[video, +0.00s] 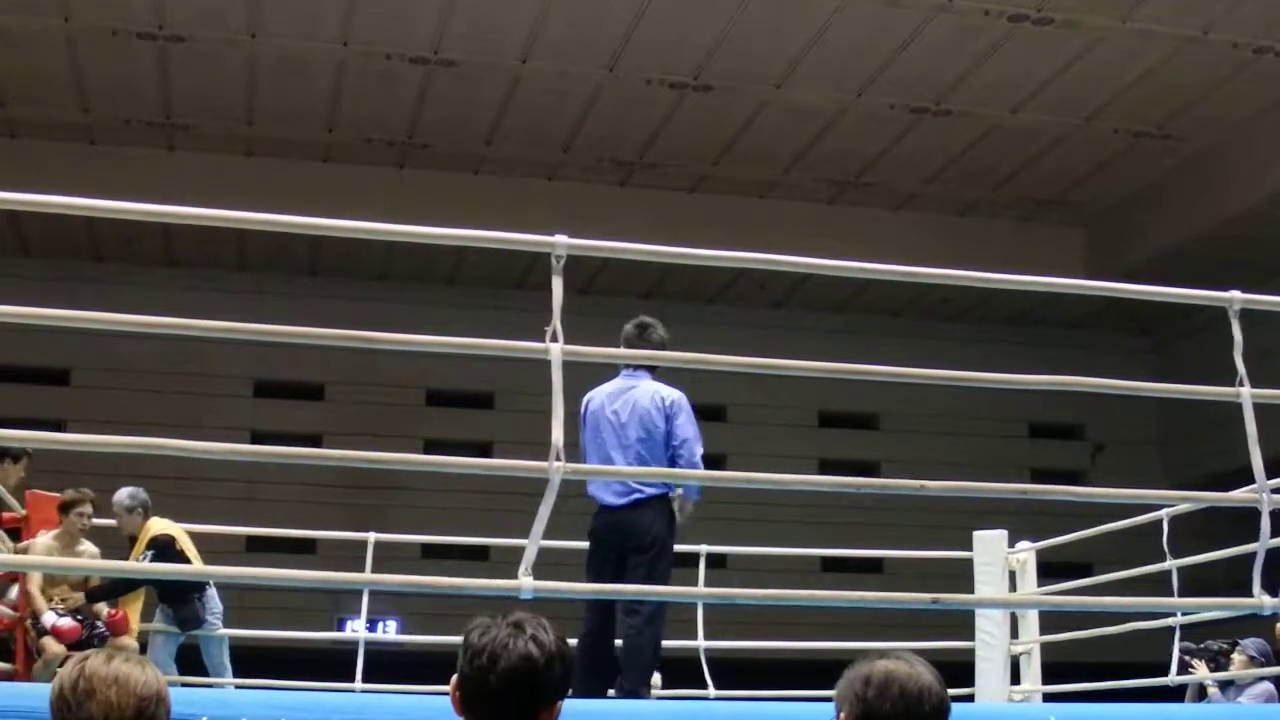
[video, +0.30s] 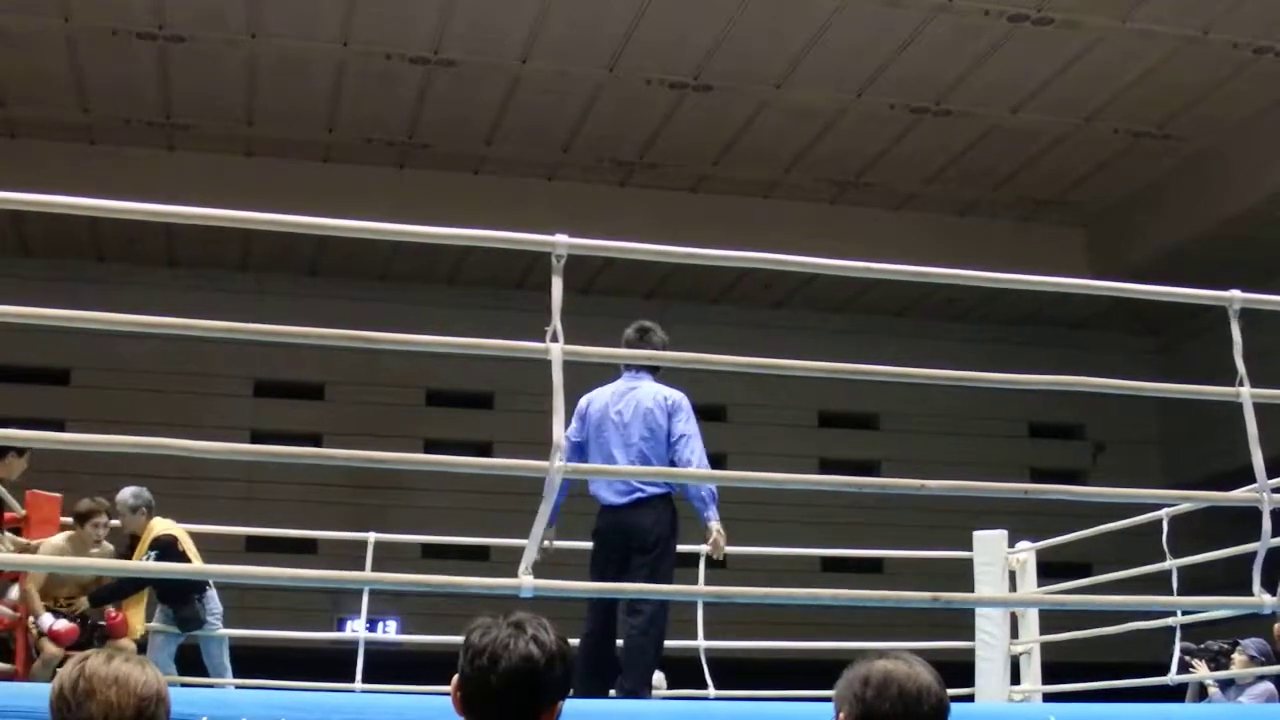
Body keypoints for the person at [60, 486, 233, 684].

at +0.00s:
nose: (116, 522)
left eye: (119, 516)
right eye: (115, 517)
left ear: (138, 514)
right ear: (134, 515)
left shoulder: (162, 537)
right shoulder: (137, 539)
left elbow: (132, 581)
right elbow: (130, 583)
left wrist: (85, 597)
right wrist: (127, 628)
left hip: (201, 600)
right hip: (170, 604)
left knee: (218, 666)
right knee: (158, 660)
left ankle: (230, 711)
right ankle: (176, 709)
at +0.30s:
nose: (119, 521)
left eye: (122, 515)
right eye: (118, 515)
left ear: (141, 513)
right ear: (139, 514)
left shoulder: (165, 539)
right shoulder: (137, 538)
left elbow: (136, 581)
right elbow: (122, 572)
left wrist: (91, 600)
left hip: (201, 601)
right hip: (170, 604)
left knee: (218, 667)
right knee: (158, 659)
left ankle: (233, 719)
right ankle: (174, 713)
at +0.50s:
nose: (123, 514)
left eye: (127, 509)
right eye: (123, 509)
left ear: (148, 509)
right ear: (145, 510)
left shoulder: (170, 534)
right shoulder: (138, 535)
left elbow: (146, 579)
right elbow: (122, 568)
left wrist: (99, 595)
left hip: (201, 600)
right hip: (170, 603)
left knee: (218, 666)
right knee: (157, 658)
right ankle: (174, 711)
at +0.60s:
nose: (127, 510)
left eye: (131, 505)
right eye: (126, 505)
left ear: (151, 505)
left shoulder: (173, 530)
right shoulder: (141, 533)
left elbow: (151, 573)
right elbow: (123, 563)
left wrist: (109, 586)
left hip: (200, 600)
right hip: (169, 603)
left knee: (218, 667)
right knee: (158, 660)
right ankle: (176, 711)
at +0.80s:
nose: (130, 511)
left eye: (135, 505)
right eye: (129, 506)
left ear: (155, 504)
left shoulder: (175, 529)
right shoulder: (144, 535)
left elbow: (167, 571)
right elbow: (126, 568)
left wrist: (130, 579)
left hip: (203, 601)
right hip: (171, 604)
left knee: (219, 666)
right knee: (156, 658)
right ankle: (179, 708)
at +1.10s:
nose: (130, 531)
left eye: (135, 526)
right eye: (129, 526)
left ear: (155, 524)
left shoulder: (176, 541)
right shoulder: (144, 549)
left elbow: (201, 587)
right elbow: (136, 581)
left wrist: (156, 577)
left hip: (205, 604)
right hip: (175, 605)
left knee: (219, 667)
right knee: (155, 658)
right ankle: (175, 705)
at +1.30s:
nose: (129, 552)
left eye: (134, 547)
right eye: (128, 547)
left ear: (153, 542)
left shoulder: (178, 555)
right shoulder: (144, 561)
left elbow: (205, 594)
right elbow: (133, 595)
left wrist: (164, 591)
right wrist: (106, 612)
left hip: (209, 609)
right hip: (179, 611)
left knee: (216, 670)